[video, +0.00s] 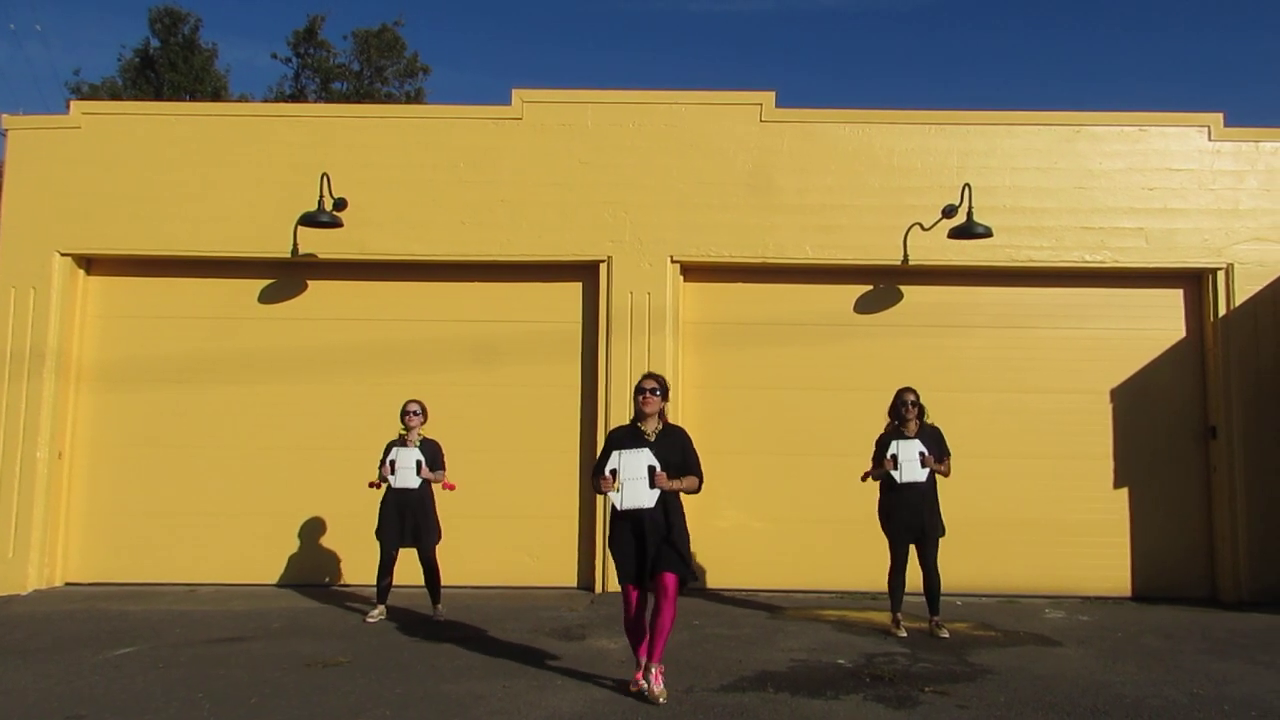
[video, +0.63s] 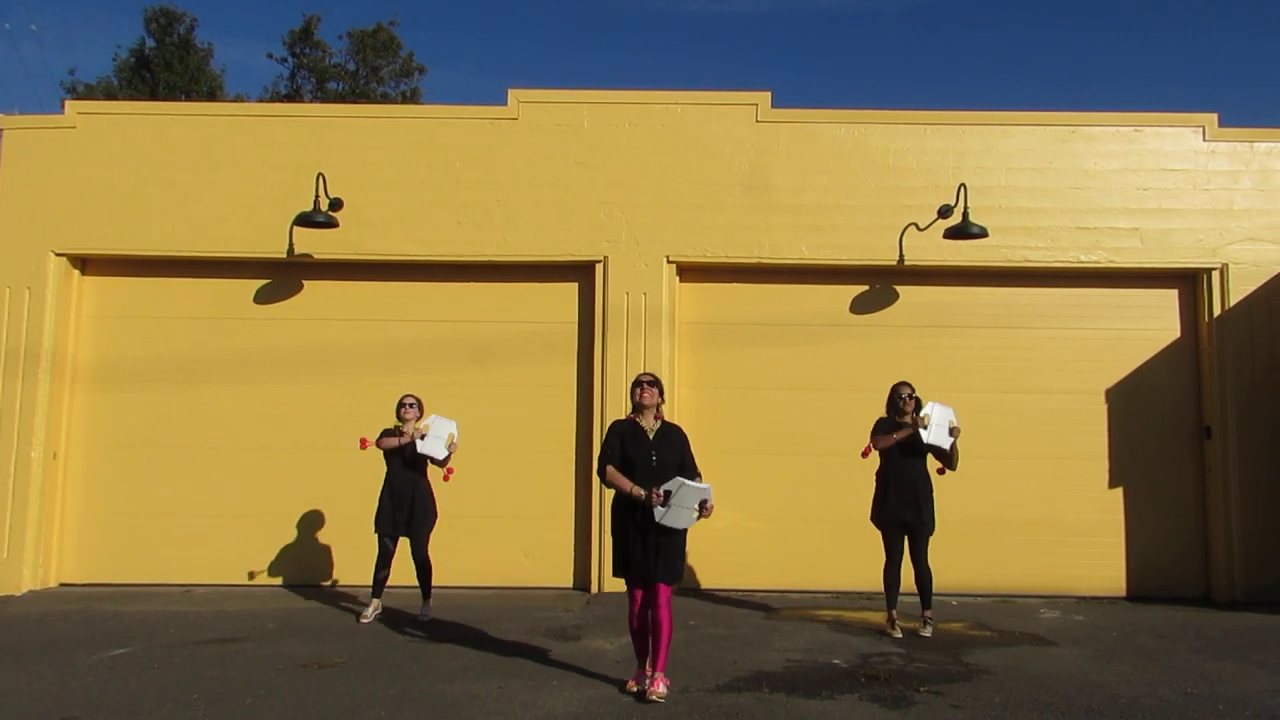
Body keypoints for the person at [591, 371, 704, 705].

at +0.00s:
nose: (647, 397)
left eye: (654, 392)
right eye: (642, 392)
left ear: (664, 399)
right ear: (634, 398)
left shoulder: (677, 436)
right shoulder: (618, 436)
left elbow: (695, 481)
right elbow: (598, 474)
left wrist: (672, 483)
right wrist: (602, 483)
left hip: (667, 528)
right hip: (628, 530)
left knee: (667, 591)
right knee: (633, 603)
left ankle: (655, 668)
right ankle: (641, 666)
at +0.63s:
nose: (643, 390)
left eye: (650, 386)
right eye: (638, 386)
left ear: (660, 397)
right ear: (631, 395)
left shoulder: (675, 433)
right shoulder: (620, 429)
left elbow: (692, 478)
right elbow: (606, 470)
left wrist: (702, 502)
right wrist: (643, 493)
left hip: (668, 528)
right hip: (632, 528)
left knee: (661, 598)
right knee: (637, 599)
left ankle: (659, 674)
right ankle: (643, 670)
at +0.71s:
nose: (642, 391)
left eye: (648, 387)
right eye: (637, 387)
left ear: (658, 395)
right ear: (630, 396)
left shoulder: (673, 434)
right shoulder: (620, 427)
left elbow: (691, 472)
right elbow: (627, 459)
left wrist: (721, 481)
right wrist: (672, 465)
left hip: (667, 525)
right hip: (631, 524)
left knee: (660, 598)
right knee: (637, 599)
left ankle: (658, 674)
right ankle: (642, 669)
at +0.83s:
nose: (641, 394)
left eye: (647, 390)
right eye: (635, 390)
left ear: (657, 398)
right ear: (629, 398)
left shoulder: (671, 436)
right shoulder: (620, 425)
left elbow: (707, 464)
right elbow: (644, 432)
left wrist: (739, 449)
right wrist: (692, 427)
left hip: (668, 526)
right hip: (632, 525)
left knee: (662, 600)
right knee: (638, 600)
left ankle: (659, 675)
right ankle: (643, 670)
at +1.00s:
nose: (643, 392)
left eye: (649, 388)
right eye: (637, 388)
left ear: (660, 394)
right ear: (629, 396)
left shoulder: (675, 431)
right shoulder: (623, 426)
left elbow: (718, 435)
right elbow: (645, 403)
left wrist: (739, 399)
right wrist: (686, 380)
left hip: (667, 525)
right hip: (630, 525)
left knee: (662, 601)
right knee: (636, 606)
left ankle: (654, 673)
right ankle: (646, 663)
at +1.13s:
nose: (657, 411)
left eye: (663, 406)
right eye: (652, 405)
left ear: (671, 411)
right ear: (641, 409)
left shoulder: (681, 440)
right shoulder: (632, 436)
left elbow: (703, 410)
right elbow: (629, 402)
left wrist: (699, 363)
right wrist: (640, 357)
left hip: (666, 530)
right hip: (630, 529)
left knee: (659, 603)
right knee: (638, 604)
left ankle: (656, 678)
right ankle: (644, 672)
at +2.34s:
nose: (661, 395)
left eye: (667, 390)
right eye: (656, 390)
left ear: (677, 396)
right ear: (647, 395)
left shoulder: (686, 429)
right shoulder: (636, 428)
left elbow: (707, 447)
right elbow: (614, 438)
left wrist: (696, 407)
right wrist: (628, 402)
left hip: (674, 521)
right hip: (638, 521)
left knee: (664, 596)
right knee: (647, 598)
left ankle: (655, 673)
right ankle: (673, 657)